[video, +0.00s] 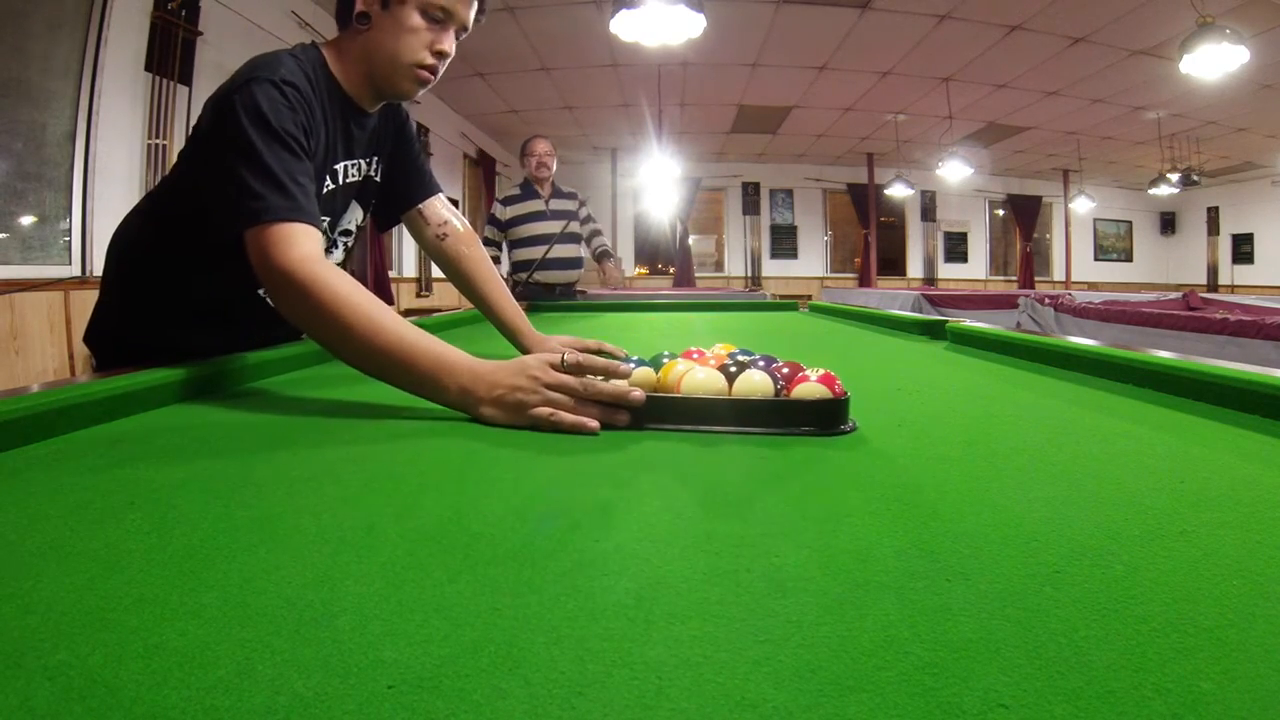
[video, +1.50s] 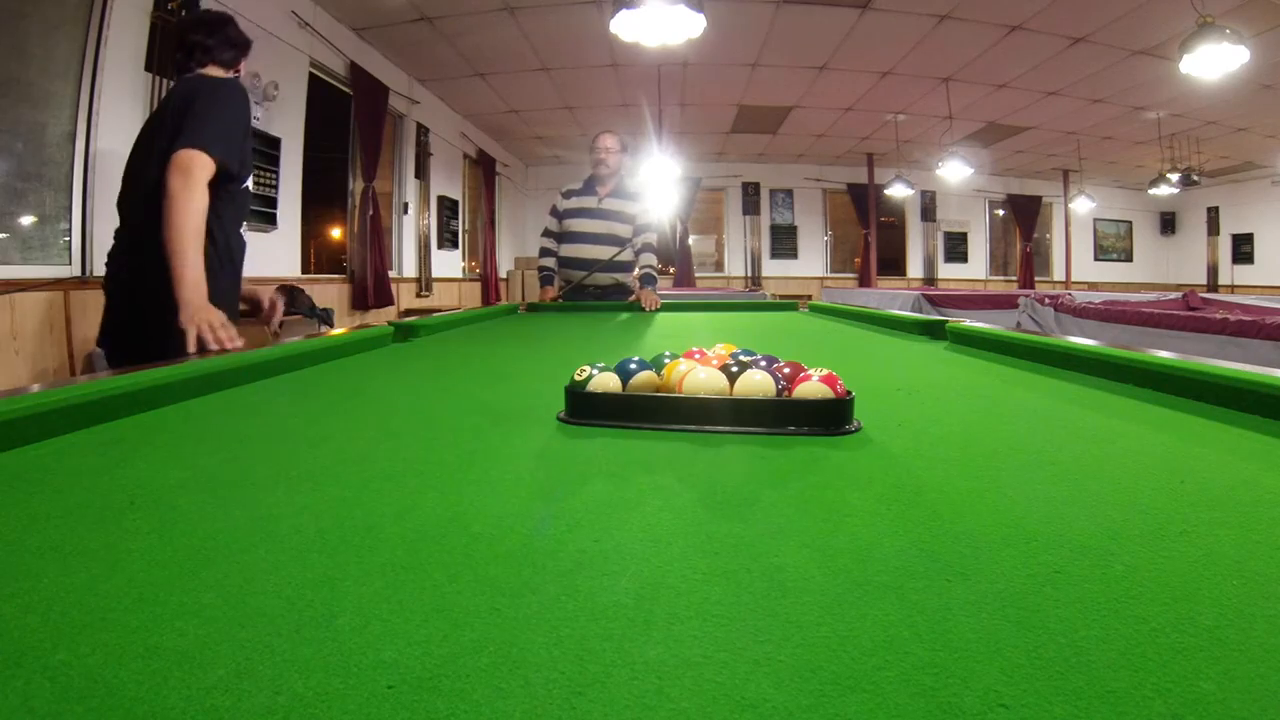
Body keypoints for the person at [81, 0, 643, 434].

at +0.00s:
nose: (447, 48)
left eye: (458, 35)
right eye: (433, 20)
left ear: (459, 45)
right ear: (367, 6)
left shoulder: (390, 122)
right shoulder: (271, 94)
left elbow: (446, 231)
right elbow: (293, 272)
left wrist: (528, 339)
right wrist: (474, 383)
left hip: (265, 336)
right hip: (157, 341)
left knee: (246, 523)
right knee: (143, 533)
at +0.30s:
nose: (428, 68)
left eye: (433, 49)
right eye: (435, 46)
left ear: (355, 19)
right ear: (416, 36)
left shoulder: (370, 120)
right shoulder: (278, 72)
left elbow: (432, 231)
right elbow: (302, 247)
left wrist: (522, 336)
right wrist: (472, 381)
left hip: (249, 348)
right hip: (147, 347)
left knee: (232, 535)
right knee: (138, 544)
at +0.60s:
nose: (379, 67)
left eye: (382, 55)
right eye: (389, 50)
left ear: (315, 8)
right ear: (386, 29)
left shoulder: (279, 63)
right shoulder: (300, 52)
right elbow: (326, 220)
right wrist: (477, 375)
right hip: (150, 350)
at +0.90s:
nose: (360, 60)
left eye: (362, 51)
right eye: (364, 47)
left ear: (293, 18)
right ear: (357, 32)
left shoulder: (254, 72)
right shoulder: (297, 57)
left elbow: (279, 222)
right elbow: (330, 178)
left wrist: (334, 308)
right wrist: (443, 342)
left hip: (205, 331)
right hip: (141, 335)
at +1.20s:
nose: (303, 39)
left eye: (304, 28)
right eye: (303, 27)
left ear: (237, 18)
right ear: (293, 29)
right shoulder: (254, 54)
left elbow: (259, 217)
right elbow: (239, 157)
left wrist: (330, 289)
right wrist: (286, 298)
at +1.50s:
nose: (245, 74)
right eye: (246, 67)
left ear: (183, 58)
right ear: (240, 64)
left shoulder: (162, 116)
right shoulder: (220, 92)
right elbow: (187, 176)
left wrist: (240, 292)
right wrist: (195, 302)